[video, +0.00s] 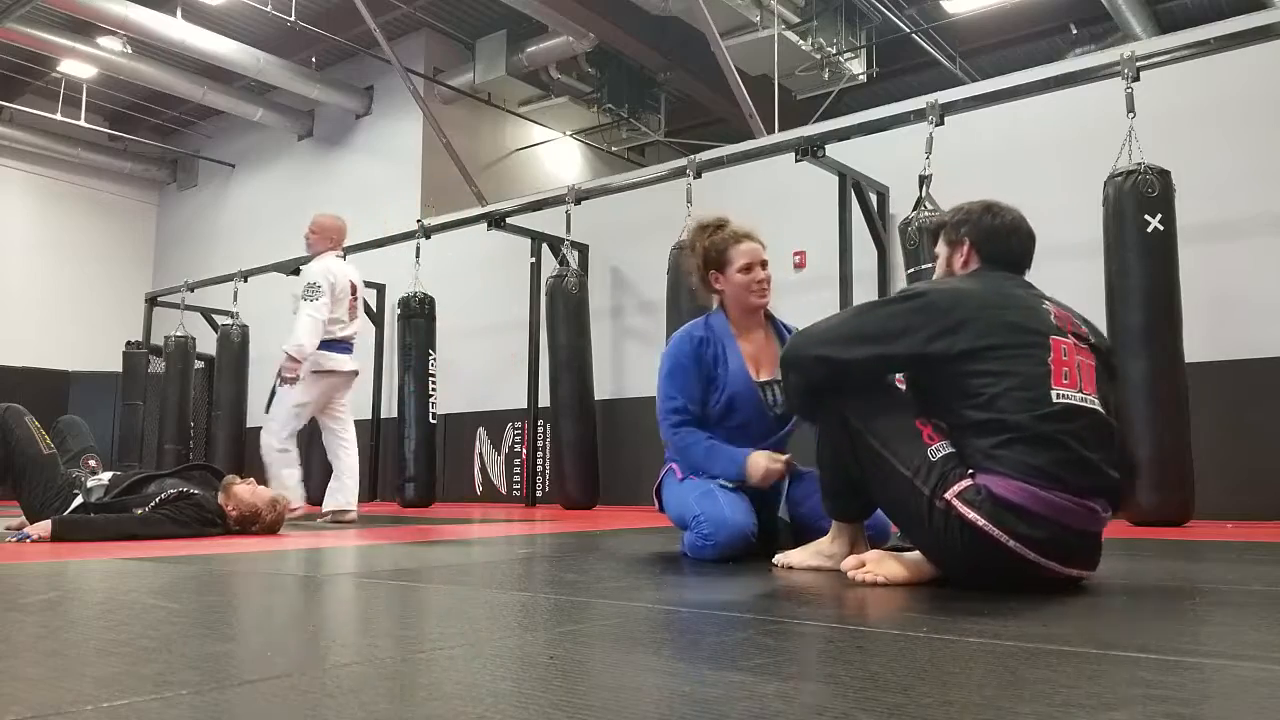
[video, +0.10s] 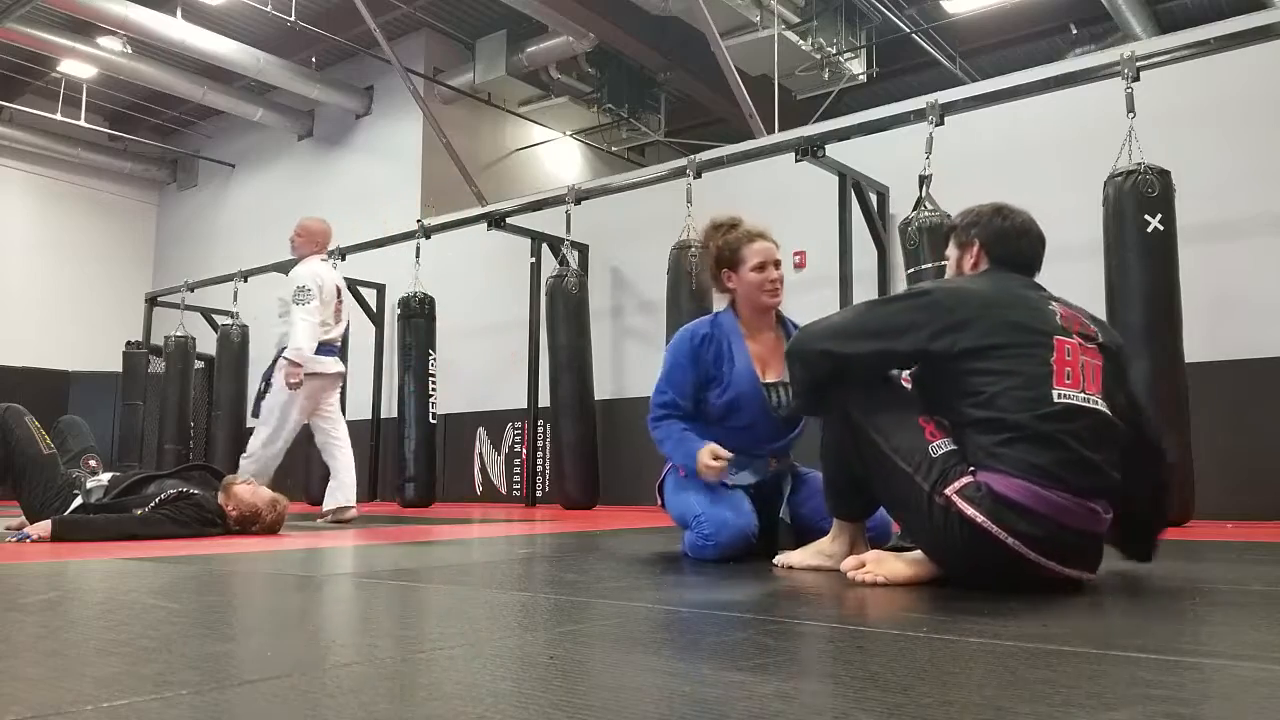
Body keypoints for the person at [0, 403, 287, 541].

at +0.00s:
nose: (248, 477)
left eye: (250, 488)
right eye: (257, 483)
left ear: (234, 510)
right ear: (235, 504)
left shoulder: (199, 513)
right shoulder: (218, 490)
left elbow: (130, 524)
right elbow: (158, 483)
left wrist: (55, 526)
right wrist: (115, 478)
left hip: (70, 500)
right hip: (103, 485)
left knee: (11, 414)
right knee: (69, 421)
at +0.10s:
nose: (248, 477)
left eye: (250, 488)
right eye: (256, 483)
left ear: (234, 510)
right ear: (236, 504)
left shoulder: (198, 513)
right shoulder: (218, 490)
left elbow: (130, 525)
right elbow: (157, 483)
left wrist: (56, 526)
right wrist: (114, 479)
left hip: (69, 501)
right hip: (102, 486)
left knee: (11, 414)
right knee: (69, 421)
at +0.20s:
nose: (247, 479)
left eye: (250, 489)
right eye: (255, 484)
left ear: (234, 510)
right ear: (236, 505)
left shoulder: (199, 513)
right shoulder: (216, 490)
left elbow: (130, 525)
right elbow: (155, 483)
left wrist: (56, 526)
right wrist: (114, 479)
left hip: (69, 501)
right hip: (101, 486)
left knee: (11, 414)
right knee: (70, 421)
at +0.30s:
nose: (251, 478)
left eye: (252, 489)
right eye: (259, 485)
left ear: (233, 509)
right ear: (237, 502)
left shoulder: (198, 513)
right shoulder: (217, 484)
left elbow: (130, 525)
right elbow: (158, 482)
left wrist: (56, 526)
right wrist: (116, 480)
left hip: (68, 499)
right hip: (101, 484)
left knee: (11, 414)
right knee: (70, 422)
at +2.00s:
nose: (210, 469)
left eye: (219, 476)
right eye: (218, 466)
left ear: (232, 501)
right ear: (222, 466)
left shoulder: (197, 512)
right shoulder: (209, 484)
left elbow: (128, 524)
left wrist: (56, 527)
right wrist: (110, 480)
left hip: (67, 502)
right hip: (100, 485)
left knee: (11, 416)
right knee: (73, 422)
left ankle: (14, 501)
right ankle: (31, 503)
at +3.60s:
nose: (225, 463)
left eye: (231, 464)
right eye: (232, 461)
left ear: (230, 475)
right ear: (250, 497)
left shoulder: (199, 513)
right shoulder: (215, 496)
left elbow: (130, 524)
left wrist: (56, 526)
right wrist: (107, 477)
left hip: (68, 501)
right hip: (95, 485)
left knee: (9, 416)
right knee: (46, 420)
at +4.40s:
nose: (227, 466)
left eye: (232, 467)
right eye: (233, 465)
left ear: (233, 474)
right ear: (255, 503)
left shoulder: (199, 513)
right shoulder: (215, 492)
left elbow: (131, 524)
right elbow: (150, 488)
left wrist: (55, 527)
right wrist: (110, 480)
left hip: (65, 504)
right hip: (95, 488)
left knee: (9, 418)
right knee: (50, 421)